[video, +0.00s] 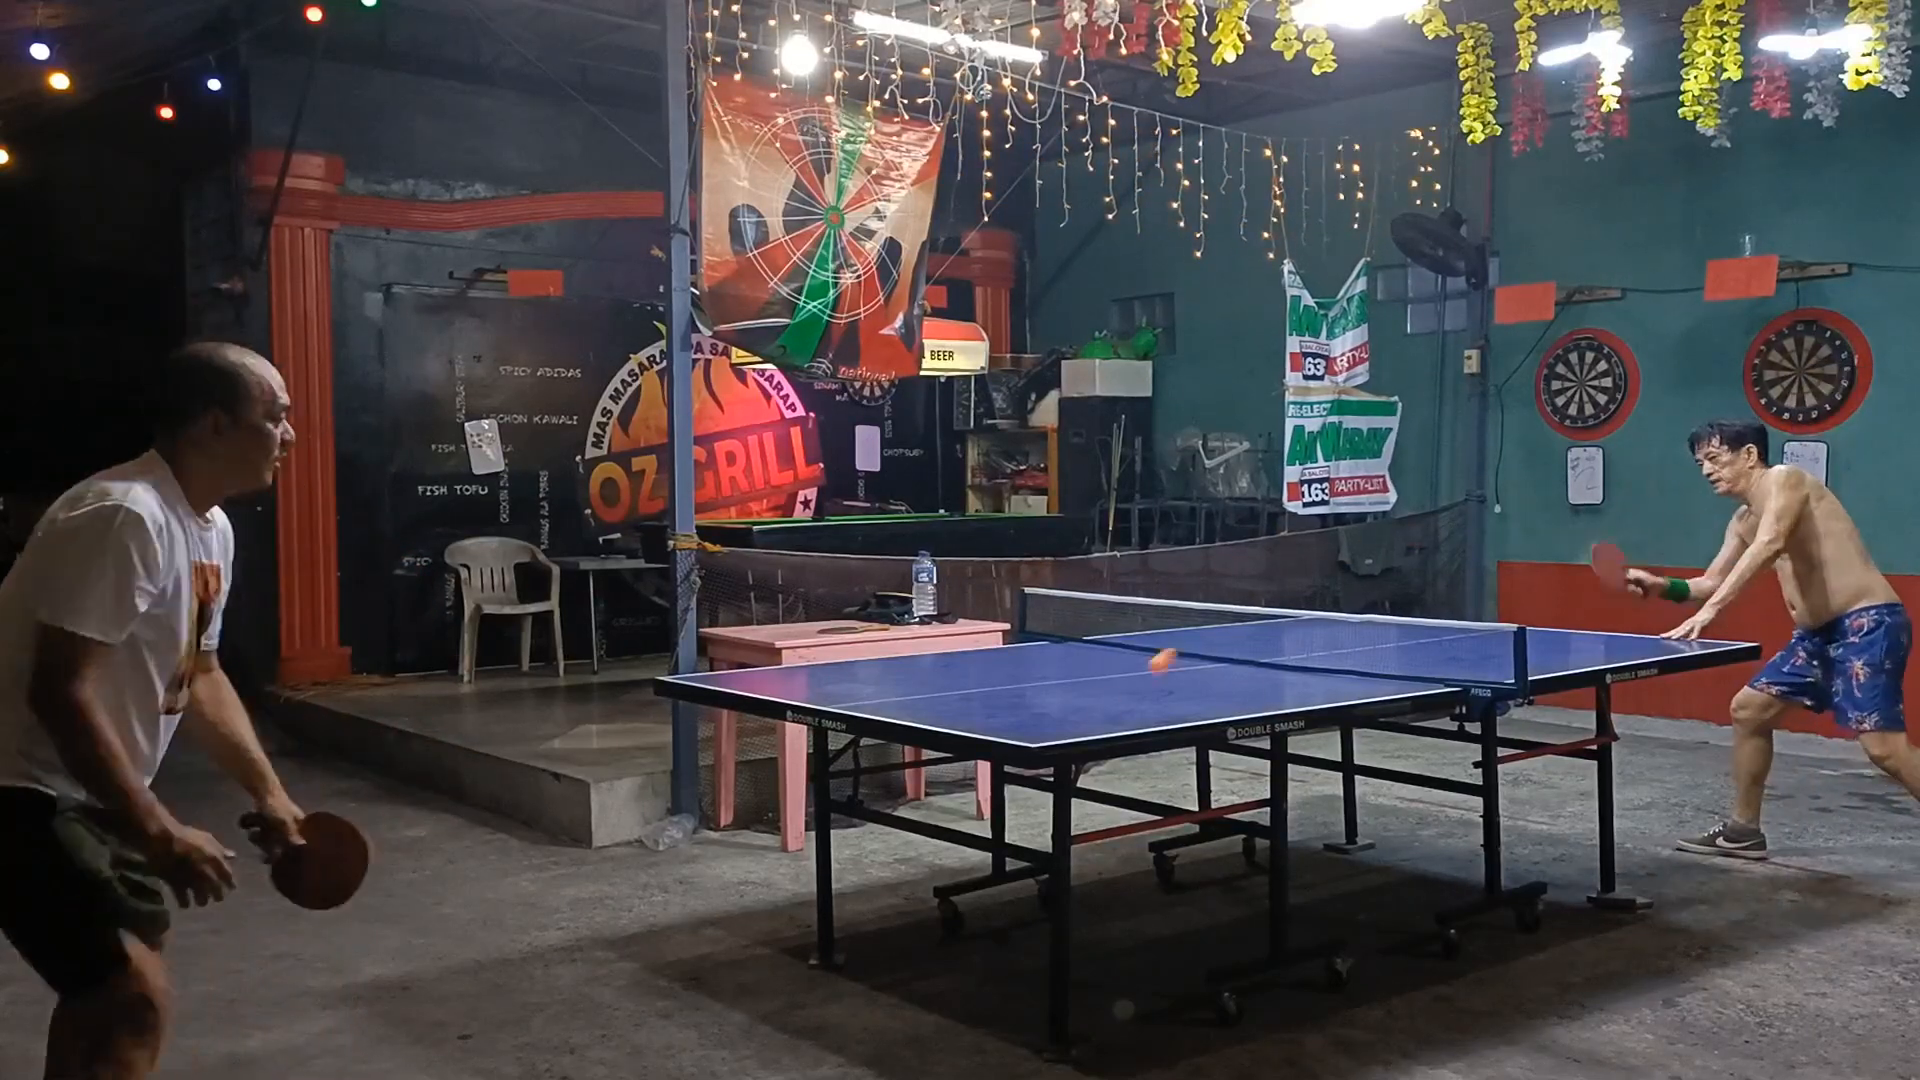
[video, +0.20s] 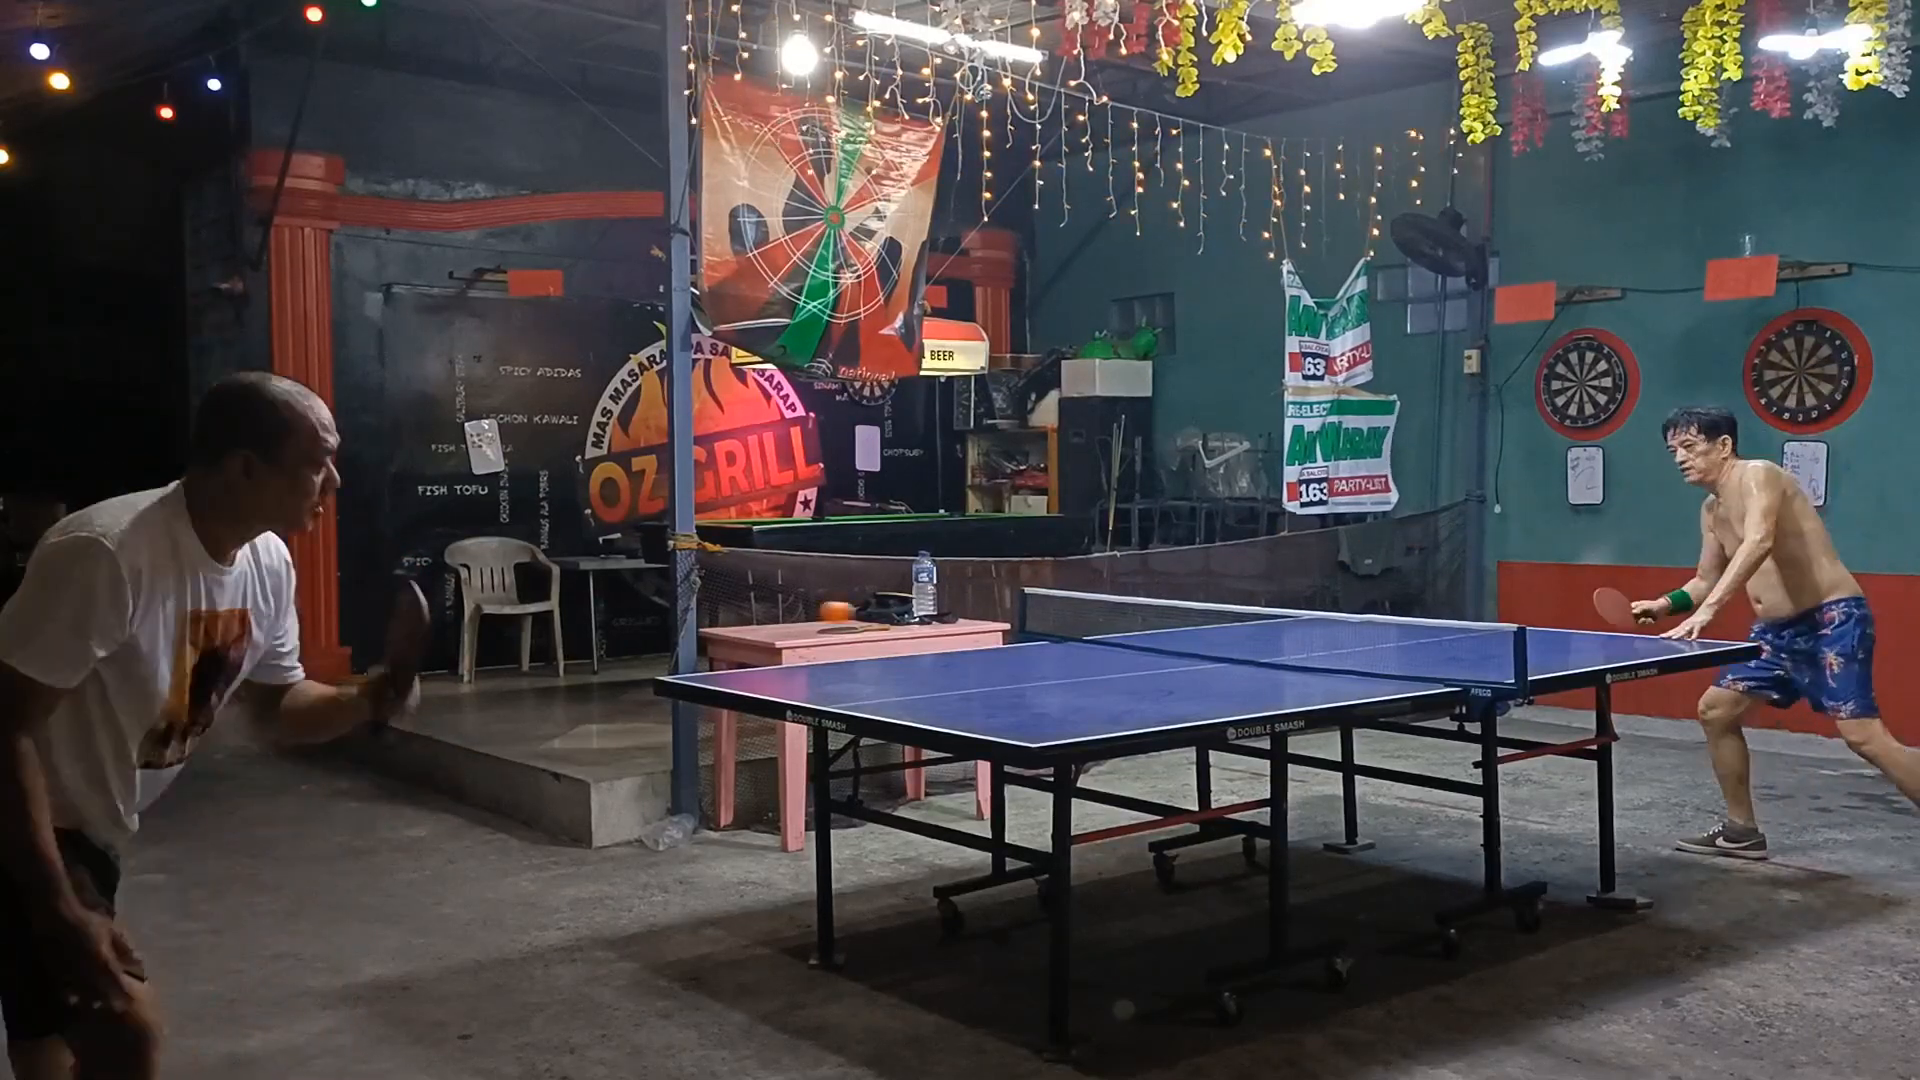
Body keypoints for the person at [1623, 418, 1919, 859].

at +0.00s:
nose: (1708, 471)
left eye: (1715, 459)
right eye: (1703, 464)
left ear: (1749, 454)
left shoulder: (1784, 479)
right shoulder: (1744, 522)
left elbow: (1768, 544)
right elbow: (1713, 582)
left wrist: (1710, 609)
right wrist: (1660, 586)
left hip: (1868, 624)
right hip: (1818, 636)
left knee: (1884, 748)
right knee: (1749, 711)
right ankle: (1744, 828)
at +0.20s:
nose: (1680, 458)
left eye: (1689, 446)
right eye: (1675, 451)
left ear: (1723, 445)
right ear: (1675, 456)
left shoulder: (1758, 476)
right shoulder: (1712, 511)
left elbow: (1759, 541)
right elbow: (1706, 580)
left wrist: (1708, 610)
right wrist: (1665, 605)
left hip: (1836, 622)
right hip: (1780, 634)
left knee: (1863, 735)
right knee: (1716, 712)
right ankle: (1741, 829)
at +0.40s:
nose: (1669, 436)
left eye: (1680, 425)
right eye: (1664, 428)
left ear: (1714, 426)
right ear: (1663, 434)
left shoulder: (1747, 465)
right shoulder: (1687, 489)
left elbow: (1743, 537)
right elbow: (1673, 553)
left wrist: (1702, 605)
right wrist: (1634, 575)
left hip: (1799, 612)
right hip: (1743, 618)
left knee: (1809, 725)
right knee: (1696, 713)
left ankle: (1886, 840)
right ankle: (1739, 829)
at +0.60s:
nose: (1660, 438)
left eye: (1670, 427)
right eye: (1654, 430)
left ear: (1702, 427)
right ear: (1652, 434)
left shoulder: (1739, 468)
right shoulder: (1678, 482)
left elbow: (1743, 544)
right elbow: (1659, 544)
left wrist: (1691, 607)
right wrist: (1613, 566)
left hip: (1777, 614)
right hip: (1722, 618)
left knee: (1777, 728)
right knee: (1662, 695)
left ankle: (1842, 846)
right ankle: (1662, 813)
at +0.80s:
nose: (1654, 458)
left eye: (1664, 447)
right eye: (1647, 448)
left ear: (1694, 442)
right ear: (1641, 445)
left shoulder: (1733, 483)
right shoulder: (1648, 495)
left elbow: (1767, 557)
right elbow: (1625, 557)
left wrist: (1728, 602)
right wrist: (1621, 590)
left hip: (1751, 619)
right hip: (1688, 622)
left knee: (1752, 727)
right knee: (1631, 709)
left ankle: (1838, 842)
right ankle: (1666, 820)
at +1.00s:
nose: (1650, 466)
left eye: (1659, 458)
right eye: (1644, 456)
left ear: (1687, 450)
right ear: (1637, 447)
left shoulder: (1729, 477)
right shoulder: (1620, 485)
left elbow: (1768, 541)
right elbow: (1570, 542)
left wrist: (1769, 597)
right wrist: (1590, 556)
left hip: (1724, 609)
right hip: (1655, 613)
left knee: (1750, 697)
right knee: (1633, 709)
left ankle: (1796, 821)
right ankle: (1666, 818)